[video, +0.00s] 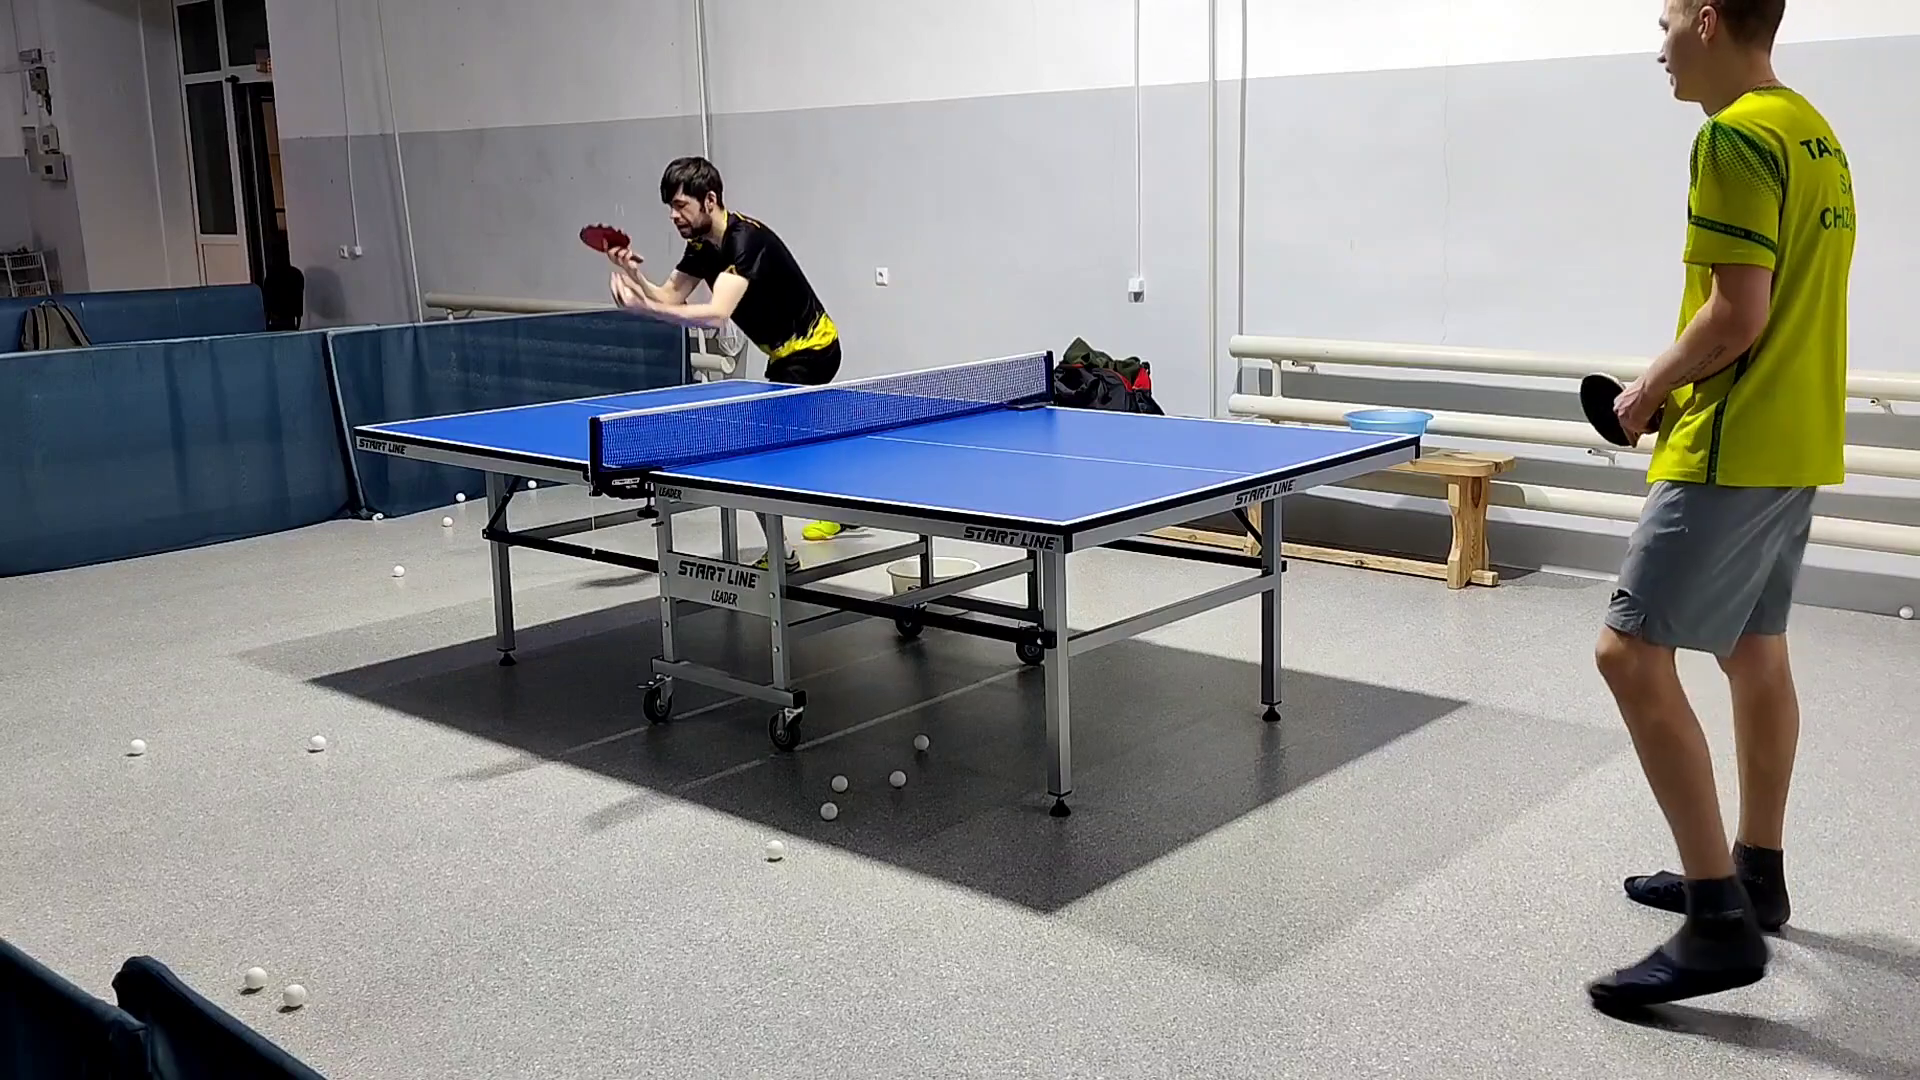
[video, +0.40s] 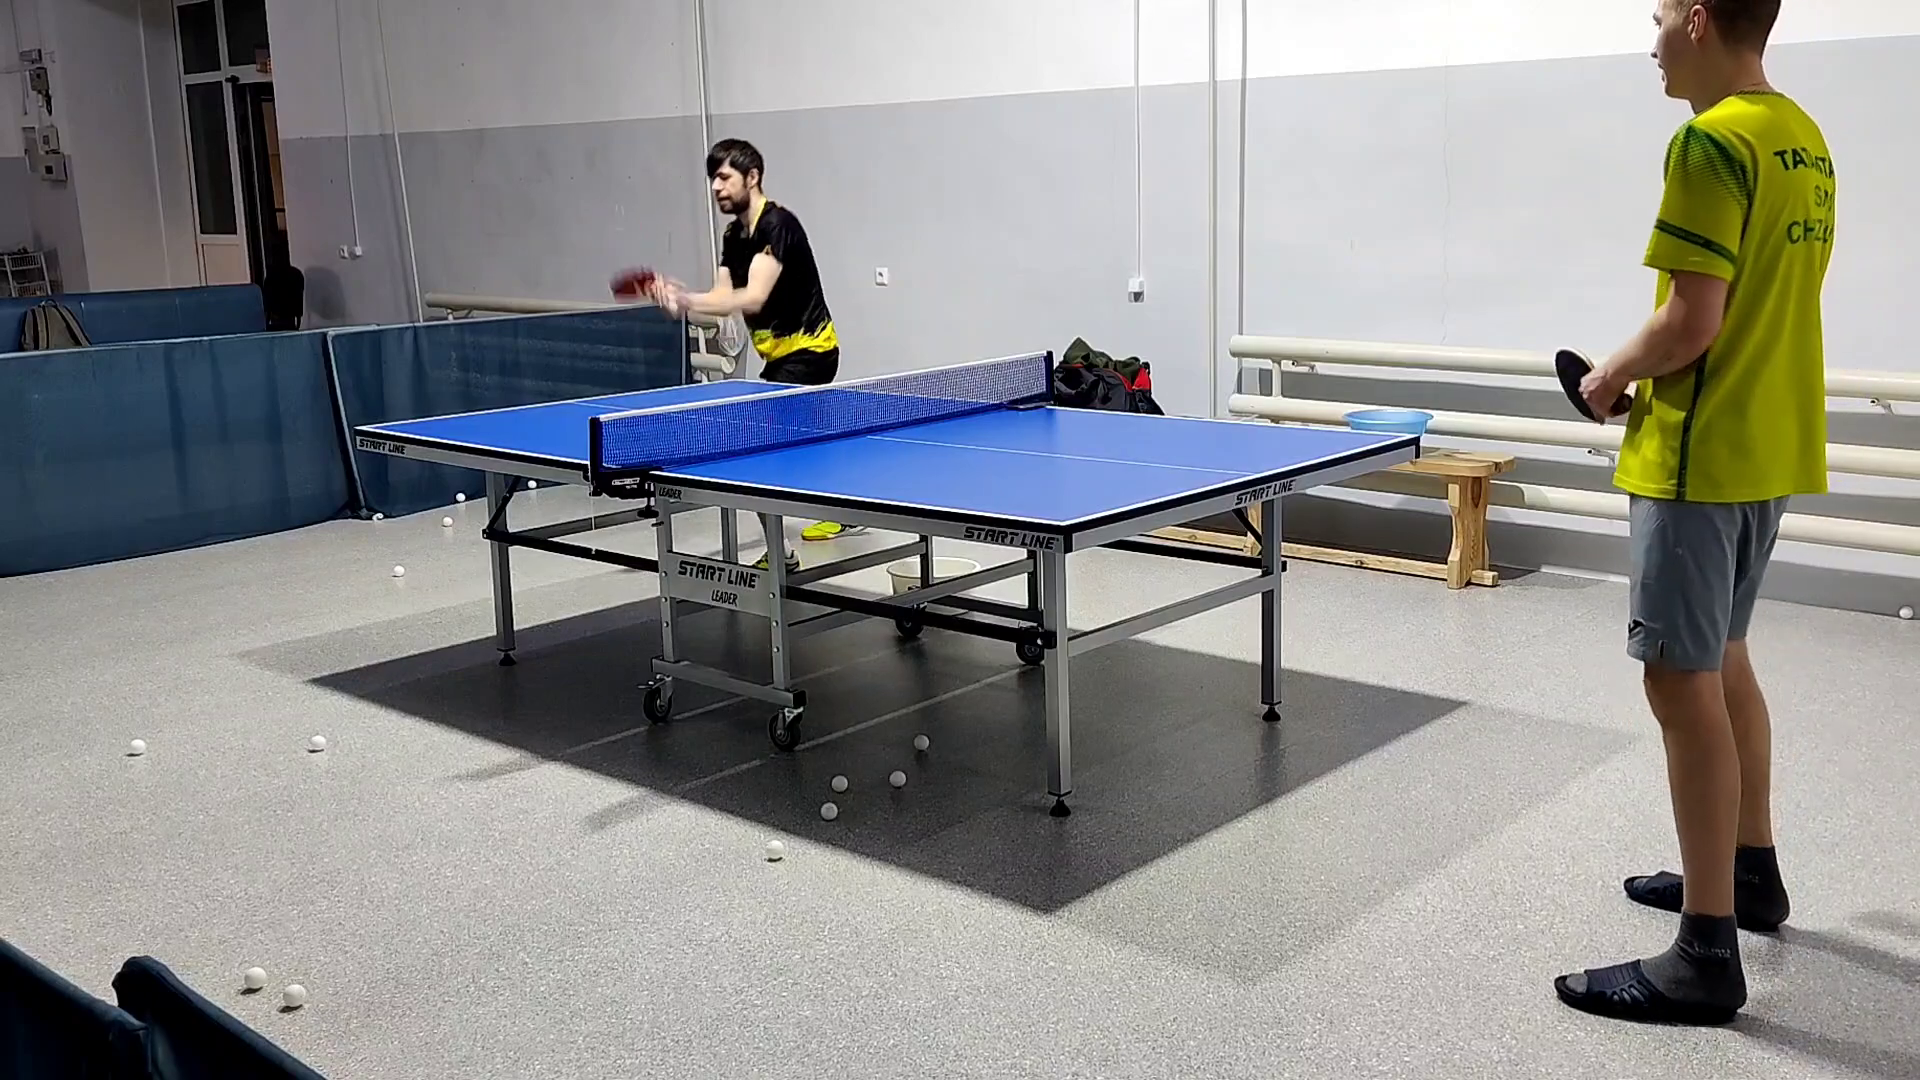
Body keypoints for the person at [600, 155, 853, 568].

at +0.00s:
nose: (674, 216)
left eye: (680, 206)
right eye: (671, 207)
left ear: (710, 200)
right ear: (698, 204)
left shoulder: (746, 239)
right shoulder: (700, 242)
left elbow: (718, 313)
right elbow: (670, 298)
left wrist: (646, 308)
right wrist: (634, 274)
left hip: (811, 350)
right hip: (782, 353)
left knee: (754, 446)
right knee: (798, 437)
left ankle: (778, 551)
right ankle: (844, 508)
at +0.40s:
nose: (717, 187)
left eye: (725, 178)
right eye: (713, 179)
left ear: (753, 177)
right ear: (713, 185)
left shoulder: (779, 223)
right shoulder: (733, 235)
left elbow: (754, 298)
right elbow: (721, 300)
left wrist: (692, 304)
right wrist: (680, 297)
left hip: (809, 351)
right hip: (777, 354)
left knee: (755, 439)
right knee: (801, 436)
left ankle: (778, 550)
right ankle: (841, 509)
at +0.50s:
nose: (726, 176)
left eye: (734, 166)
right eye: (723, 169)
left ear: (762, 168)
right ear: (725, 175)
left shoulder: (787, 211)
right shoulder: (745, 227)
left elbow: (752, 266)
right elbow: (746, 299)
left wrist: (688, 236)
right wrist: (695, 324)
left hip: (817, 346)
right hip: (784, 349)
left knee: (765, 426)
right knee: (804, 434)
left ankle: (780, 550)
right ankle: (844, 512)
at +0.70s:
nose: (727, 157)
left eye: (737, 148)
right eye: (726, 150)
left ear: (764, 154)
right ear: (729, 159)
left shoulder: (789, 195)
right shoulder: (750, 213)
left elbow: (795, 255)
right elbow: (767, 278)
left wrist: (744, 252)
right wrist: (732, 322)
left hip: (832, 325)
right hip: (796, 328)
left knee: (813, 418)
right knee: (789, 421)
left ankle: (833, 518)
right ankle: (841, 512)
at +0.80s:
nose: (725, 160)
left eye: (734, 151)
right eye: (724, 153)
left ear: (762, 158)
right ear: (733, 163)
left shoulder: (790, 199)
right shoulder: (751, 212)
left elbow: (821, 263)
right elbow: (766, 264)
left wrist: (790, 283)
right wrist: (724, 288)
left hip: (839, 324)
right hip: (803, 329)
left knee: (818, 413)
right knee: (788, 418)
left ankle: (836, 526)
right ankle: (846, 508)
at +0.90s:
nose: (725, 172)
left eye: (734, 163)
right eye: (724, 164)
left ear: (762, 169)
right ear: (731, 172)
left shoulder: (795, 209)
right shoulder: (754, 216)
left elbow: (842, 274)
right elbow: (761, 255)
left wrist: (822, 312)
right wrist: (702, 255)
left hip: (844, 324)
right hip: (806, 326)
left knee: (827, 410)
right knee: (791, 413)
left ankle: (863, 519)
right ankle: (838, 511)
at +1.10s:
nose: (745, 215)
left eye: (753, 205)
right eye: (742, 207)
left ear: (779, 204)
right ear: (742, 207)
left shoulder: (818, 242)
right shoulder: (758, 238)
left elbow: (869, 302)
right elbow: (738, 260)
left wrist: (870, 362)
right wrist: (686, 270)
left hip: (848, 342)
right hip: (807, 340)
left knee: (842, 423)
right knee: (787, 417)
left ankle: (859, 522)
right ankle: (837, 513)